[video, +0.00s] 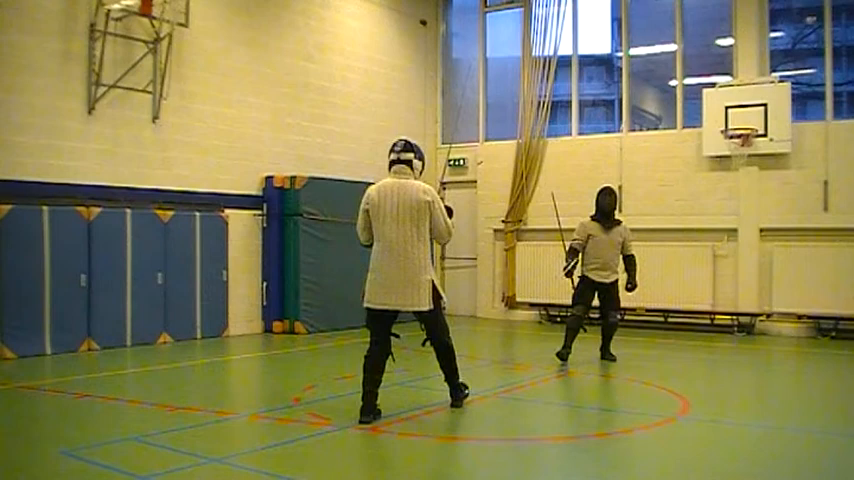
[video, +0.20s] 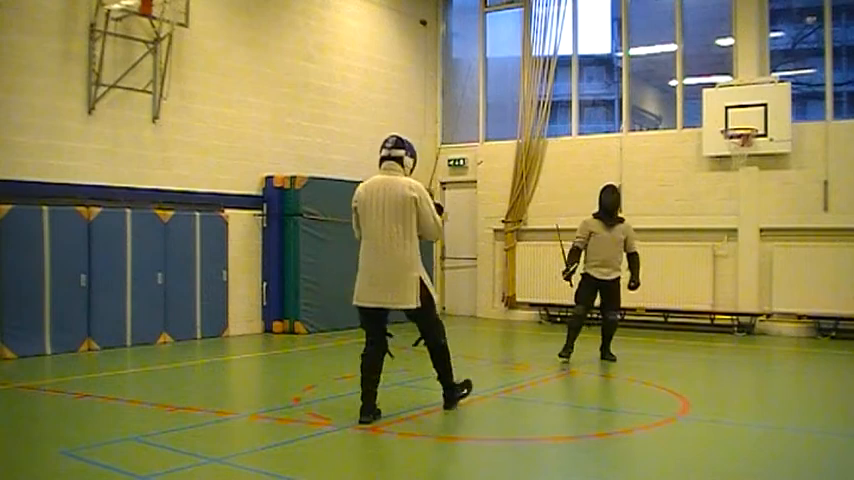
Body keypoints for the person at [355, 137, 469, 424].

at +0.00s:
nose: (420, 167)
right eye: (420, 163)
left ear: (390, 162)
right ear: (417, 163)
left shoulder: (373, 192)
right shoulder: (426, 193)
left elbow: (364, 238)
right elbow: (444, 235)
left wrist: (389, 229)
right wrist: (444, 213)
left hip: (381, 283)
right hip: (419, 283)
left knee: (378, 343)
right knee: (440, 337)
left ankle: (368, 407)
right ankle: (455, 390)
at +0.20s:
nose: (413, 166)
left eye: (412, 162)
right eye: (412, 162)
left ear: (381, 159)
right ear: (407, 161)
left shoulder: (362, 189)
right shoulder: (414, 189)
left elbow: (358, 233)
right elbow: (432, 232)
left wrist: (386, 220)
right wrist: (437, 214)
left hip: (369, 279)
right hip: (407, 278)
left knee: (374, 341)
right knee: (433, 332)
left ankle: (367, 407)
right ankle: (450, 389)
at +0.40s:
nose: (396, 157)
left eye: (397, 152)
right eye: (396, 152)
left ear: (365, 149)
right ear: (390, 151)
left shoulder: (346, 181)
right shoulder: (391, 178)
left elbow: (354, 220)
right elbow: (413, 222)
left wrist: (394, 220)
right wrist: (413, 197)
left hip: (348, 276)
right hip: (385, 274)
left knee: (369, 338)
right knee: (412, 335)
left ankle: (368, 406)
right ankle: (392, 403)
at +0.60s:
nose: (376, 159)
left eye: (376, 154)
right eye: (376, 154)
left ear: (345, 151)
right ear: (369, 153)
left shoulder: (326, 183)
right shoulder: (366, 180)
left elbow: (335, 224)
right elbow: (387, 225)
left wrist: (374, 200)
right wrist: (390, 197)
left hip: (328, 280)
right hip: (355, 280)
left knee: (358, 344)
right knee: (355, 345)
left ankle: (360, 408)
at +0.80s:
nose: (353, 163)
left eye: (353, 157)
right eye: (353, 157)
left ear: (321, 153)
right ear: (346, 155)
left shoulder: (301, 186)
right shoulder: (339, 182)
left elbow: (321, 227)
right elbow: (362, 228)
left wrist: (356, 197)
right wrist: (366, 201)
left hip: (304, 285)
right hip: (325, 286)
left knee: (345, 340)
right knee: (311, 356)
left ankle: (355, 409)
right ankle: (263, 426)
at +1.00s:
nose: (323, 158)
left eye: (323, 152)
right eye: (322, 151)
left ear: (290, 147)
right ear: (313, 149)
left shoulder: (271, 182)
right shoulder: (307, 177)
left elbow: (288, 224)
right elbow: (330, 226)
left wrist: (326, 194)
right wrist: (335, 197)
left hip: (275, 283)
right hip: (298, 284)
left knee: (314, 348)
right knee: (292, 356)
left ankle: (338, 409)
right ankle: (253, 434)